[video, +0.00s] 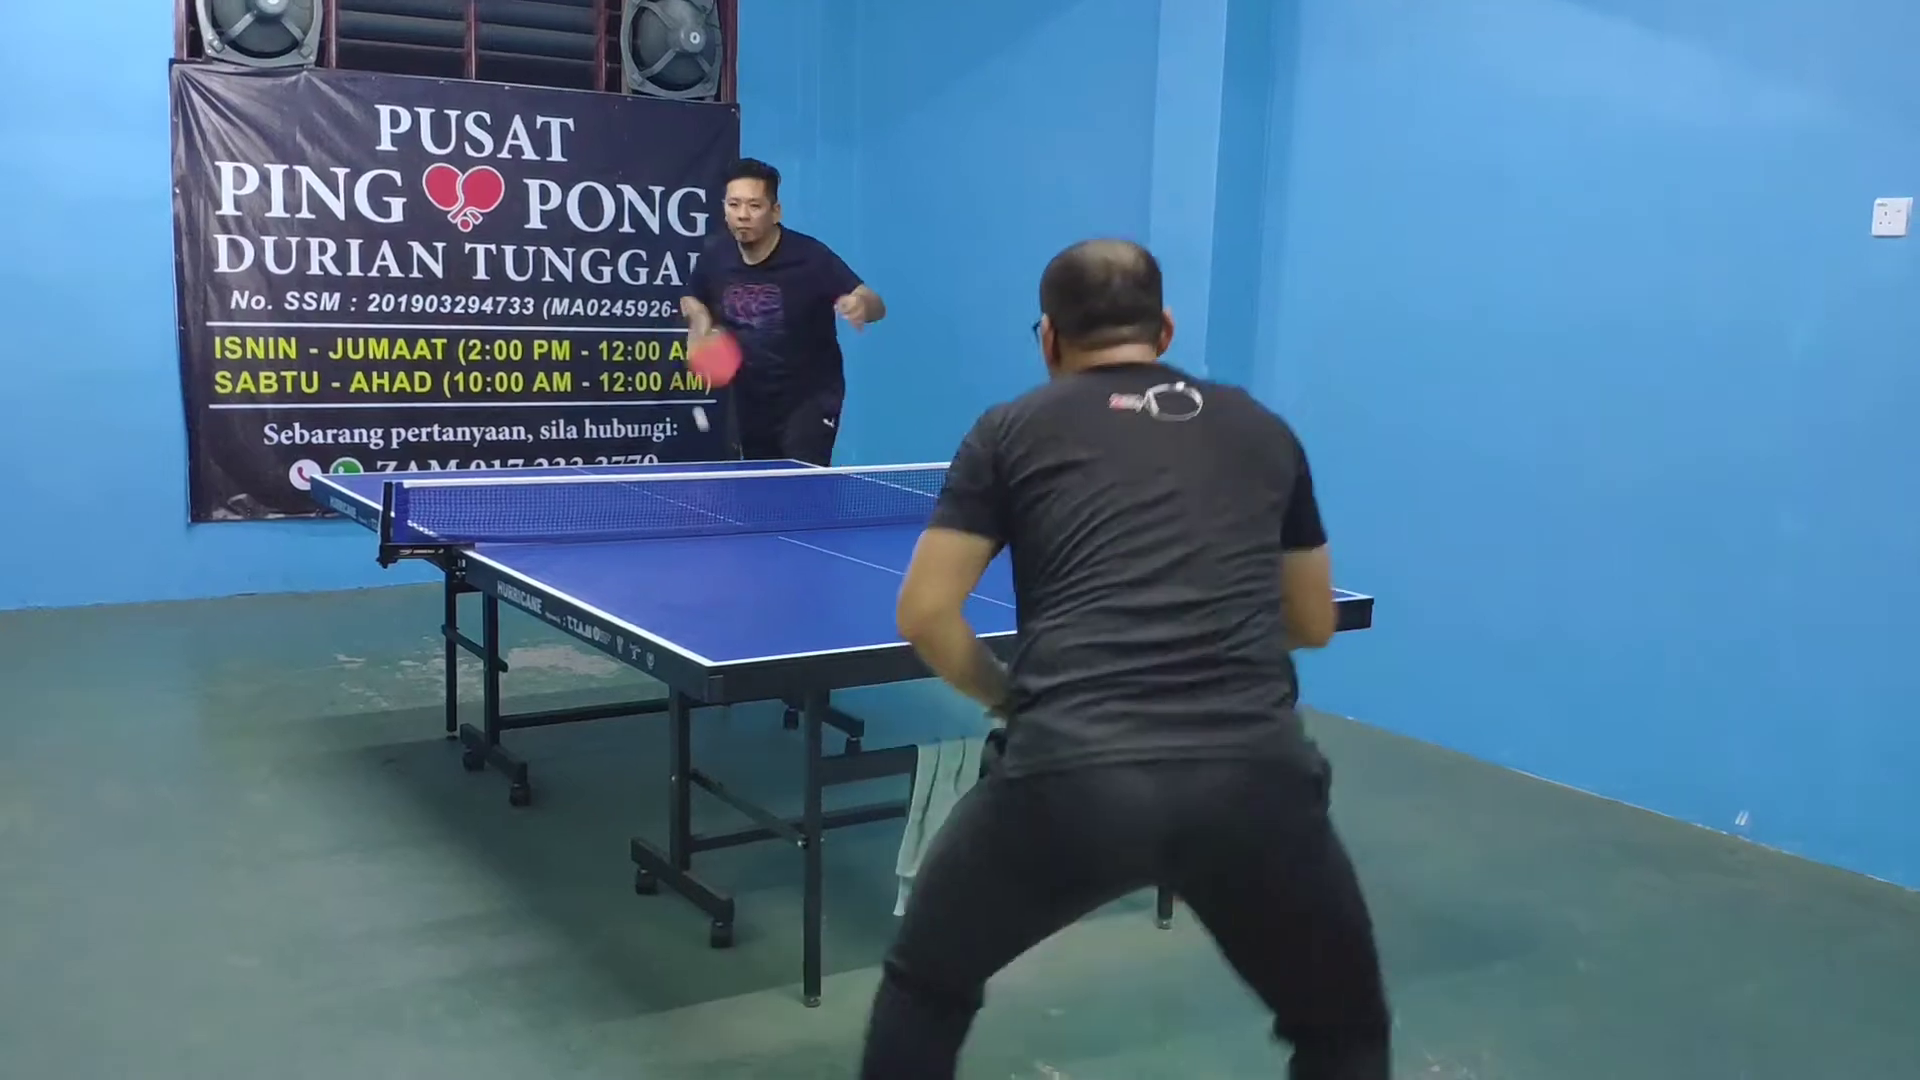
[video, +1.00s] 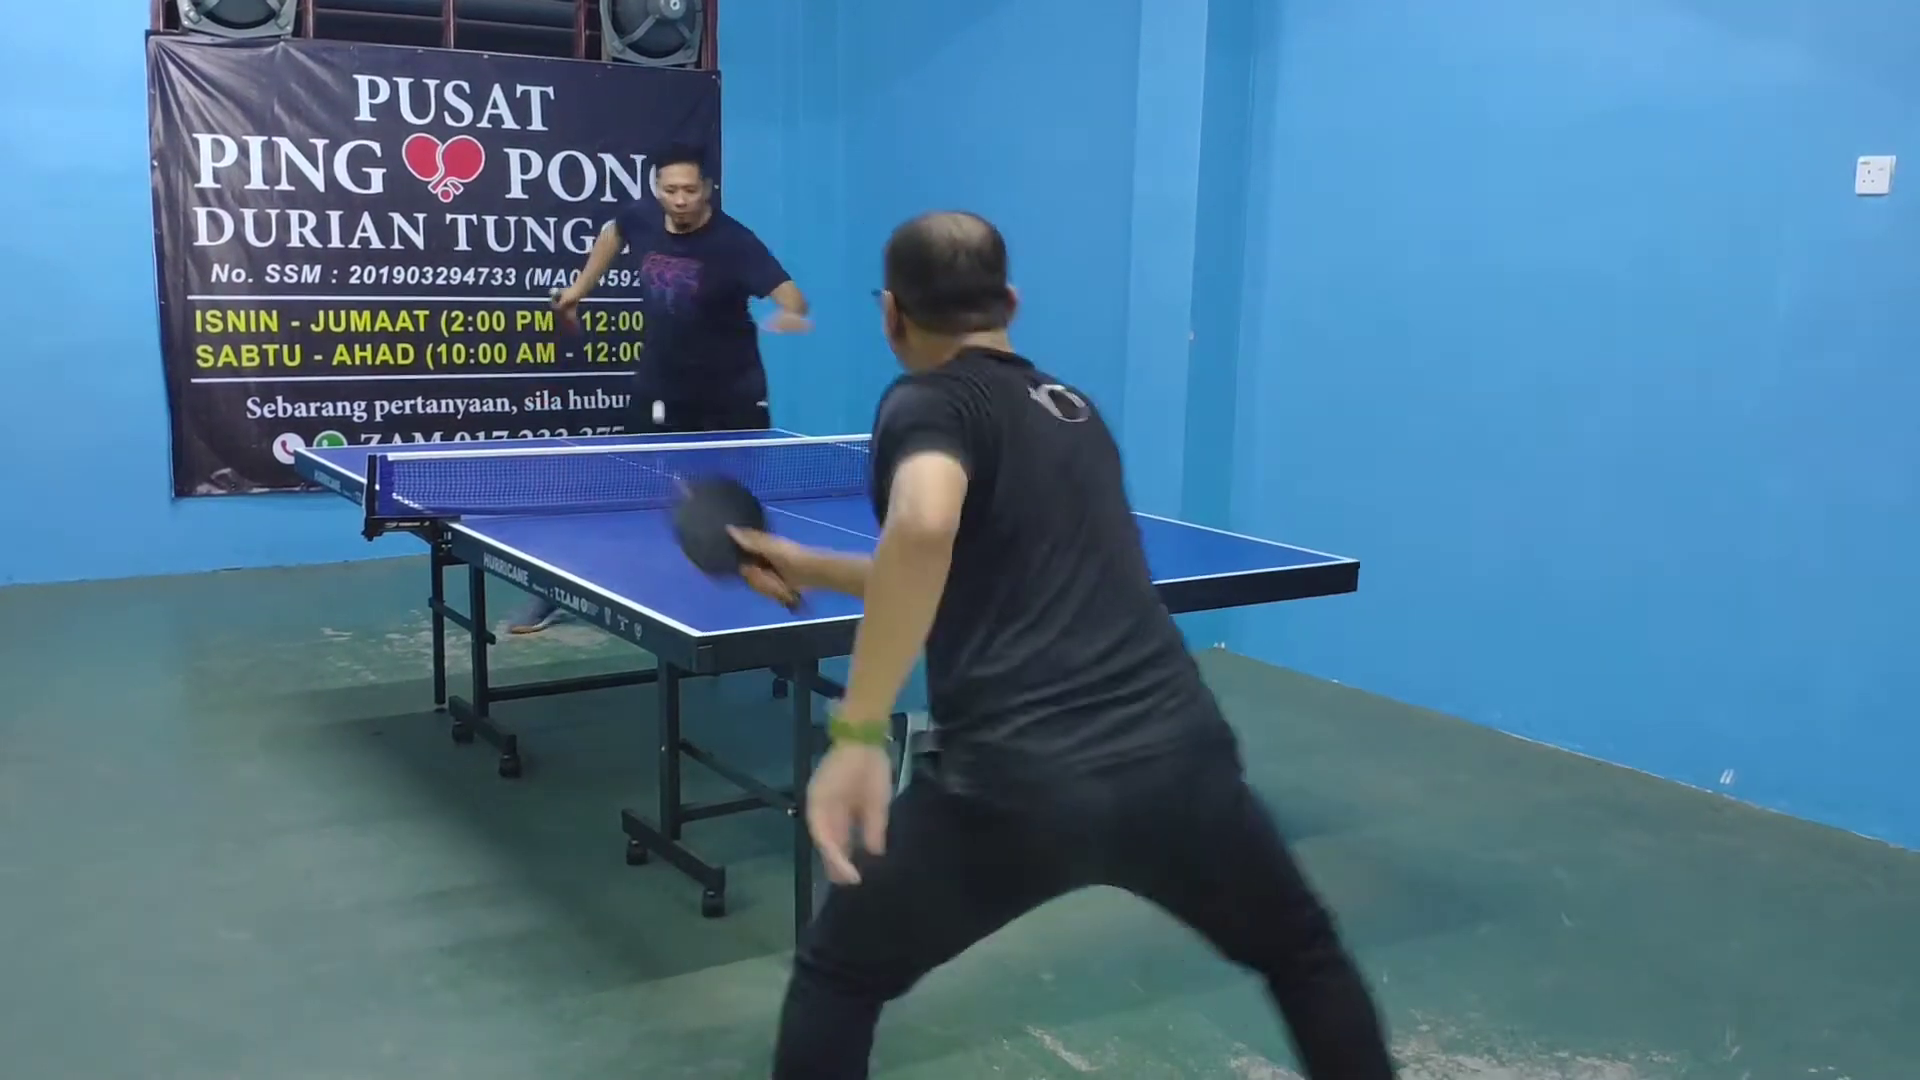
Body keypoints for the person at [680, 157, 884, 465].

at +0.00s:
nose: (742, 215)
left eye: (754, 206)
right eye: (734, 204)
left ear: (776, 212)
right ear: (724, 209)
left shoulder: (809, 255)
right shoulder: (716, 256)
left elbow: (876, 306)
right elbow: (691, 297)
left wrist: (862, 305)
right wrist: (701, 322)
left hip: (810, 394)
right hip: (749, 395)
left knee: (801, 490)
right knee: (755, 492)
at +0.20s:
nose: (731, 195)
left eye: (743, 187)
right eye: (722, 185)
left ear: (759, 195)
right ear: (708, 192)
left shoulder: (793, 246)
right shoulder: (688, 240)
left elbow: (840, 286)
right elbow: (651, 299)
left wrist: (861, 298)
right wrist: (678, 290)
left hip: (775, 399)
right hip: (707, 396)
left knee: (776, 498)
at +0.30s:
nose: (712, 189)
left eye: (723, 180)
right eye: (702, 178)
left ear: (739, 189)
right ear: (688, 186)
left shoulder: (771, 241)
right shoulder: (664, 237)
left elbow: (819, 285)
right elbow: (628, 294)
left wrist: (832, 303)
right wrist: (651, 292)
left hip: (751, 405)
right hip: (678, 402)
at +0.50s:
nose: (657, 187)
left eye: (667, 179)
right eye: (648, 178)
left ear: (684, 187)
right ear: (632, 185)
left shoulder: (711, 242)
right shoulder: (605, 242)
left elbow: (754, 292)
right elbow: (572, 303)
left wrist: (765, 316)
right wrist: (595, 312)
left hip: (697, 403)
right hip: (622, 402)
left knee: (721, 499)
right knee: (581, 496)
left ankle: (740, 602)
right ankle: (547, 600)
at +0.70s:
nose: (626, 176)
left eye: (635, 167)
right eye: (616, 167)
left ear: (652, 172)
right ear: (602, 173)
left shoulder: (687, 227)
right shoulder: (577, 229)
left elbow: (737, 283)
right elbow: (560, 288)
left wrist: (716, 311)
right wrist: (568, 327)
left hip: (674, 387)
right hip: (602, 384)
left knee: (683, 486)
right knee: (572, 484)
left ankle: (690, 594)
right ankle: (543, 591)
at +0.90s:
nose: (652, 197)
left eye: (662, 186)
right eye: (642, 188)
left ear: (679, 186)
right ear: (628, 189)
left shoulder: (703, 232)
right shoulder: (614, 223)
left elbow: (753, 293)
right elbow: (587, 269)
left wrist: (697, 305)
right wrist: (559, 325)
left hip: (695, 391)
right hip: (627, 386)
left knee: (712, 498)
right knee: (583, 482)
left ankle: (724, 597)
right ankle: (543, 591)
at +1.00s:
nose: (679, 200)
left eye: (689, 189)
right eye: (669, 190)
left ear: (711, 189)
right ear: (657, 191)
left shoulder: (732, 240)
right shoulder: (645, 220)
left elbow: (786, 291)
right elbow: (613, 234)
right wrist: (579, 288)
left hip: (730, 399)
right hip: (659, 395)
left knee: (746, 503)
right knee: (608, 492)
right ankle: (552, 590)